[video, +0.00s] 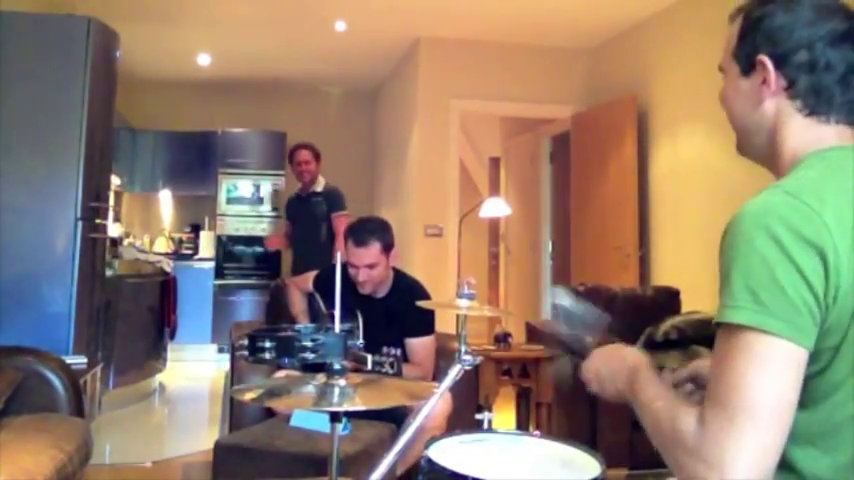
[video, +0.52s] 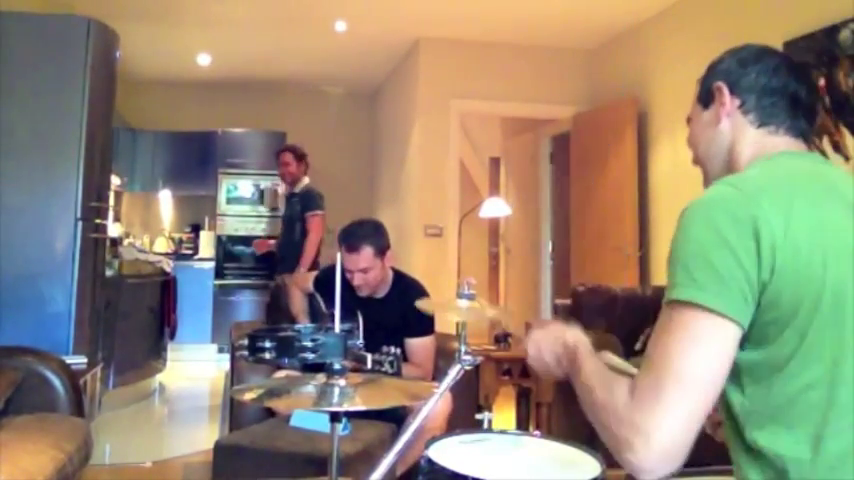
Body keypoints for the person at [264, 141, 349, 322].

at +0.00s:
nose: (303, 169)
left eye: (307, 163)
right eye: (298, 164)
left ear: (318, 164)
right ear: (292, 168)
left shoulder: (331, 195)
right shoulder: (292, 202)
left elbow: (341, 234)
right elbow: (290, 236)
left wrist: (338, 268)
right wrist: (278, 241)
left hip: (326, 272)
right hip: (298, 275)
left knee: (328, 324)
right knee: (302, 326)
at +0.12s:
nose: (297, 171)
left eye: (301, 165)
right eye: (292, 167)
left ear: (312, 165)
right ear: (287, 171)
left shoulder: (326, 196)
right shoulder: (289, 204)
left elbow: (336, 236)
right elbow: (291, 240)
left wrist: (325, 274)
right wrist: (276, 243)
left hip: (319, 275)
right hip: (294, 276)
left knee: (324, 326)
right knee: (301, 326)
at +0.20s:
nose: (295, 170)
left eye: (299, 164)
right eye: (290, 166)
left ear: (310, 165)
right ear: (285, 171)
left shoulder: (324, 197)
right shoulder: (288, 203)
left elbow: (332, 235)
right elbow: (288, 236)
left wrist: (320, 271)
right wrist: (277, 244)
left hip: (315, 272)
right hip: (292, 273)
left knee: (322, 321)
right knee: (300, 321)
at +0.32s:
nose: (291, 169)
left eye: (296, 163)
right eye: (287, 165)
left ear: (308, 165)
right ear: (283, 169)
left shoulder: (319, 197)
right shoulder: (289, 201)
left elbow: (325, 235)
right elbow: (292, 242)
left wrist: (311, 271)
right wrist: (274, 245)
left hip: (306, 273)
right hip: (288, 273)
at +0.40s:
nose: (289, 168)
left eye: (294, 163)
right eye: (285, 164)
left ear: (306, 166)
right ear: (282, 169)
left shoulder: (316, 196)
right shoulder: (291, 198)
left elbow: (322, 235)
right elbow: (292, 239)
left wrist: (308, 271)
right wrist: (273, 245)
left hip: (302, 275)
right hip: (286, 273)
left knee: (303, 325)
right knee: (287, 325)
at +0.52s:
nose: (283, 170)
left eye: (288, 164)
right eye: (281, 165)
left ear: (302, 166)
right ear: (278, 168)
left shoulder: (310, 196)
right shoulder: (290, 196)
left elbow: (315, 233)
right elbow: (291, 237)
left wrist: (302, 270)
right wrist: (272, 244)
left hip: (296, 273)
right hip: (282, 271)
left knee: (298, 324)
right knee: (280, 322)